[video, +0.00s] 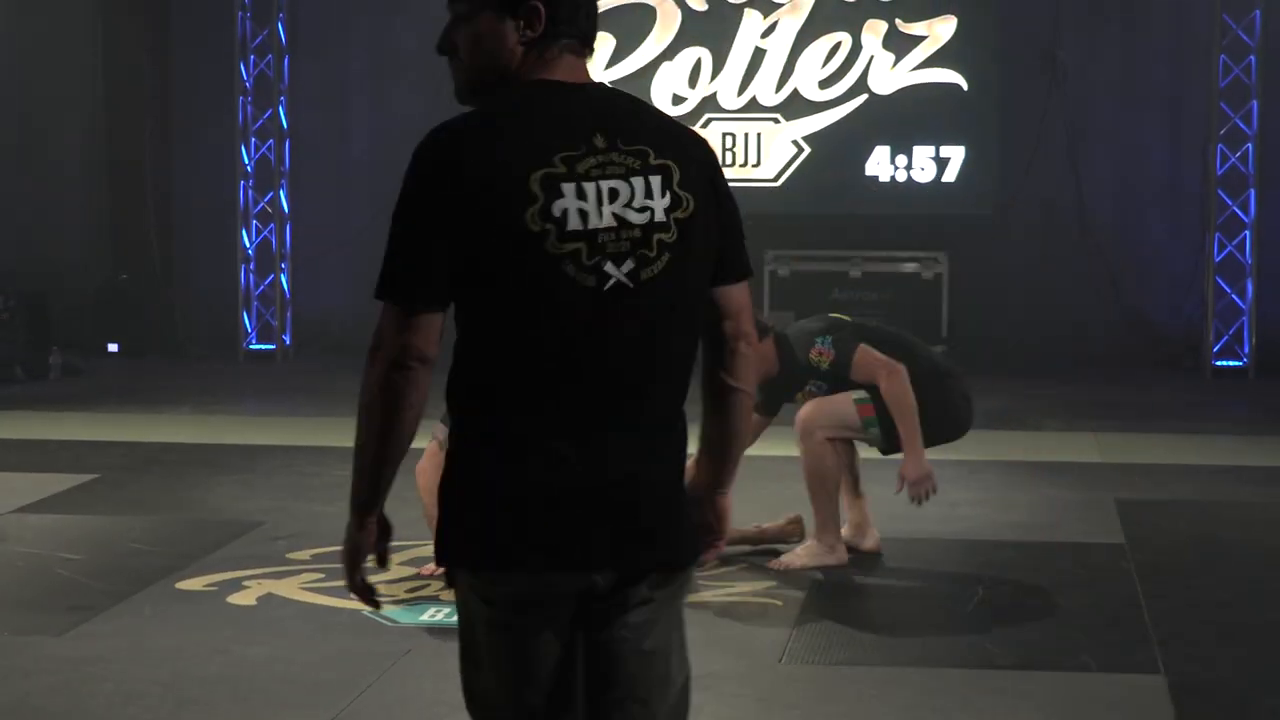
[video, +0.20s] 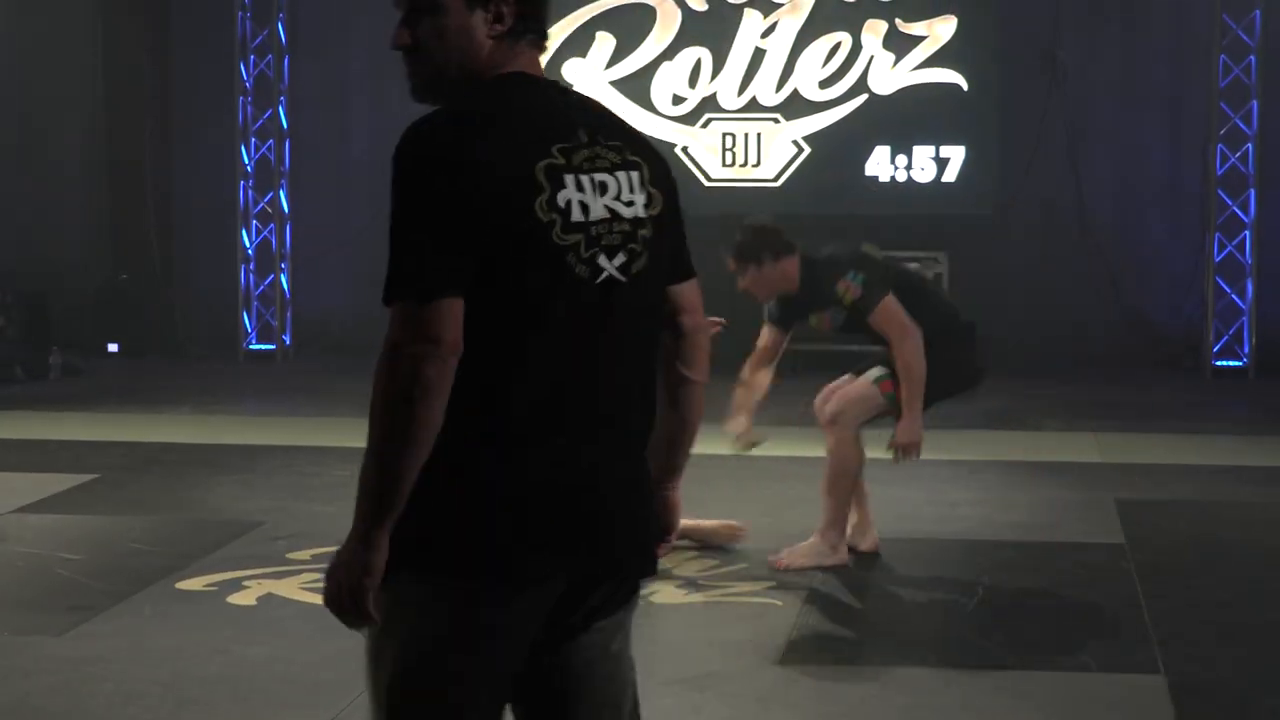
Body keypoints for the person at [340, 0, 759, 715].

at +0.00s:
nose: (443, 47)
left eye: (459, 23)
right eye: (447, 27)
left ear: (527, 22)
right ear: (578, 32)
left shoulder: (458, 151)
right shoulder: (684, 148)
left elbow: (409, 349)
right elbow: (737, 336)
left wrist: (368, 503)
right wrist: (712, 482)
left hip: (508, 507)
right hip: (646, 502)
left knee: (517, 704)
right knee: (646, 705)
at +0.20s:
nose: (399, 38)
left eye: (419, 14)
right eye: (403, 17)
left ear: (494, 16)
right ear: (502, 21)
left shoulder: (441, 144)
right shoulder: (632, 145)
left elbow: (428, 346)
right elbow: (687, 328)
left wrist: (370, 529)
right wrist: (663, 477)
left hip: (467, 529)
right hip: (604, 523)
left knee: (431, 705)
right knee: (592, 708)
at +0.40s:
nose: (300, 64)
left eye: (322, 37)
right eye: (300, 43)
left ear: (401, 34)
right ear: (408, 36)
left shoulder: (358, 181)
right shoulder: (542, 155)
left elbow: (383, 388)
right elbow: (605, 355)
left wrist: (349, 583)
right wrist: (578, 502)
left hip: (404, 575)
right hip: (539, 556)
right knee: (541, 706)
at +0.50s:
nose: (227, 83)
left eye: (247, 55)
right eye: (228, 60)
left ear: (326, 52)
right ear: (338, 55)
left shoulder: (294, 200)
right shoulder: (466, 171)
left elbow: (320, 423)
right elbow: (537, 353)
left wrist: (278, 617)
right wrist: (496, 503)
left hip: (344, 602)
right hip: (472, 578)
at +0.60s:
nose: (138, 88)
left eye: (155, 61)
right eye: (138, 63)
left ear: (226, 61)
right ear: (256, 61)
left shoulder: (218, 211)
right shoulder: (384, 183)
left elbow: (227, 435)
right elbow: (446, 370)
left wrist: (166, 630)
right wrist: (403, 521)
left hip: (258, 607)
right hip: (381, 585)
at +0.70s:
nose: (57, 85)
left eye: (78, 57)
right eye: (60, 58)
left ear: (154, 54)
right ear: (177, 56)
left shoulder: (150, 204)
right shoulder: (309, 176)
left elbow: (134, 433)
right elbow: (357, 392)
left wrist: (37, 648)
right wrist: (303, 536)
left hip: (175, 614)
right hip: (296, 593)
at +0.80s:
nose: (5, 77)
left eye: (18, 48)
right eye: (10, 52)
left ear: (69, 52)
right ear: (129, 53)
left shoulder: (79, 199)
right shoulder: (236, 165)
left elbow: (52, 423)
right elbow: (287, 373)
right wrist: (239, 490)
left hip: (128, 586)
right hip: (240, 563)